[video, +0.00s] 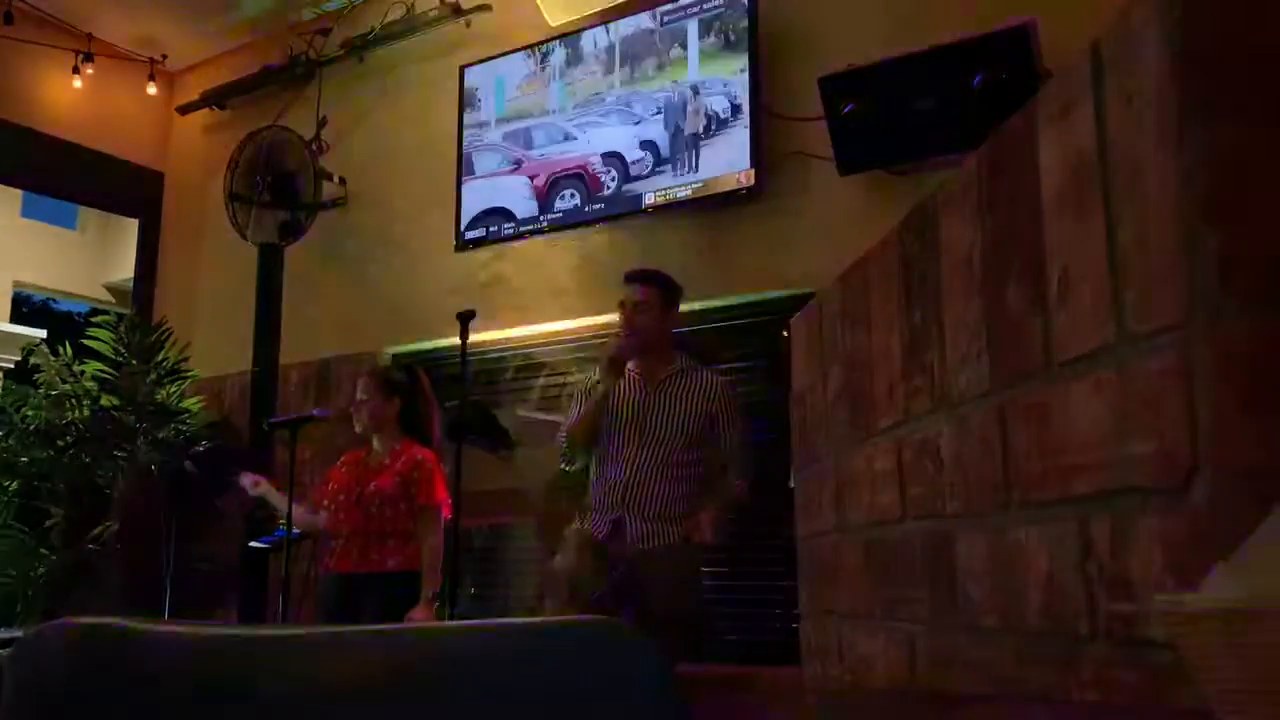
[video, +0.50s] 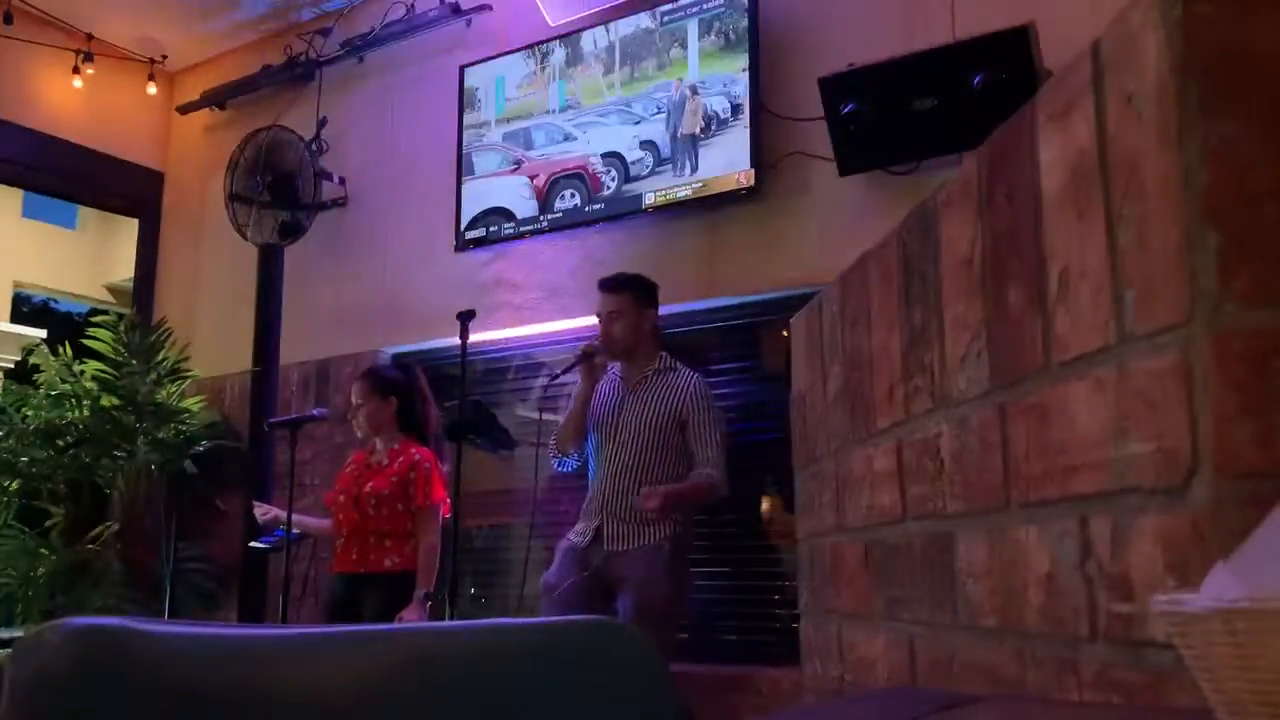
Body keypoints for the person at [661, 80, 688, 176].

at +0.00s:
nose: (674, 89)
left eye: (676, 86)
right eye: (672, 87)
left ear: (678, 87)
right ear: (671, 87)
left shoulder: (683, 97)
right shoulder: (667, 98)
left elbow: (685, 110)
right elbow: (665, 112)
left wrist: (685, 121)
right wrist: (665, 125)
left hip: (681, 124)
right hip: (671, 124)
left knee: (681, 147)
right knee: (672, 148)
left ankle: (682, 169)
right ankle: (674, 170)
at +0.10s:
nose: (675, 88)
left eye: (677, 86)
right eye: (674, 86)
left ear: (679, 87)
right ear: (672, 87)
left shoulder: (682, 97)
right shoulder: (669, 98)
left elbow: (684, 111)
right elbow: (666, 112)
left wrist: (683, 124)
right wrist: (665, 124)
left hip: (680, 125)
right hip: (671, 125)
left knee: (681, 147)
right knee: (672, 147)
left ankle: (682, 169)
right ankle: (674, 169)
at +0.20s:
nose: (675, 88)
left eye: (677, 86)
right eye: (674, 86)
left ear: (679, 87)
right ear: (672, 87)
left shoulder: (682, 97)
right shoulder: (669, 98)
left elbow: (684, 111)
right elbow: (666, 113)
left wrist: (683, 124)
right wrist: (663, 125)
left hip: (680, 125)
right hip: (671, 125)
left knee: (681, 147)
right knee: (672, 147)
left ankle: (682, 169)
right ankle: (674, 169)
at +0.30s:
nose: (675, 87)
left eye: (676, 85)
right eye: (674, 85)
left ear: (679, 86)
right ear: (672, 86)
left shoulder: (684, 96)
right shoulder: (669, 97)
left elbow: (686, 111)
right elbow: (666, 113)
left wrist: (685, 125)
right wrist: (664, 127)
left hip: (681, 124)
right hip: (672, 124)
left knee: (681, 147)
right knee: (673, 147)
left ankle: (681, 169)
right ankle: (674, 168)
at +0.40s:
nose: (676, 87)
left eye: (677, 85)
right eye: (675, 85)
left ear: (680, 85)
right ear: (673, 85)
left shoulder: (684, 96)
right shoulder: (669, 97)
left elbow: (686, 111)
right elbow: (667, 112)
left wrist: (684, 125)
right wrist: (666, 125)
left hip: (681, 125)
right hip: (672, 125)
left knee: (681, 148)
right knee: (673, 148)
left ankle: (682, 169)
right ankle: (674, 169)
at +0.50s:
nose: (675, 86)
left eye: (677, 84)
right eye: (674, 84)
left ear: (681, 85)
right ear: (673, 85)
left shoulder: (684, 96)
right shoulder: (669, 96)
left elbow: (686, 111)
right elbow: (668, 112)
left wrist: (684, 125)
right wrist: (667, 126)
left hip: (681, 124)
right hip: (672, 125)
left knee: (681, 147)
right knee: (673, 148)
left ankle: (681, 169)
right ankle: (674, 169)